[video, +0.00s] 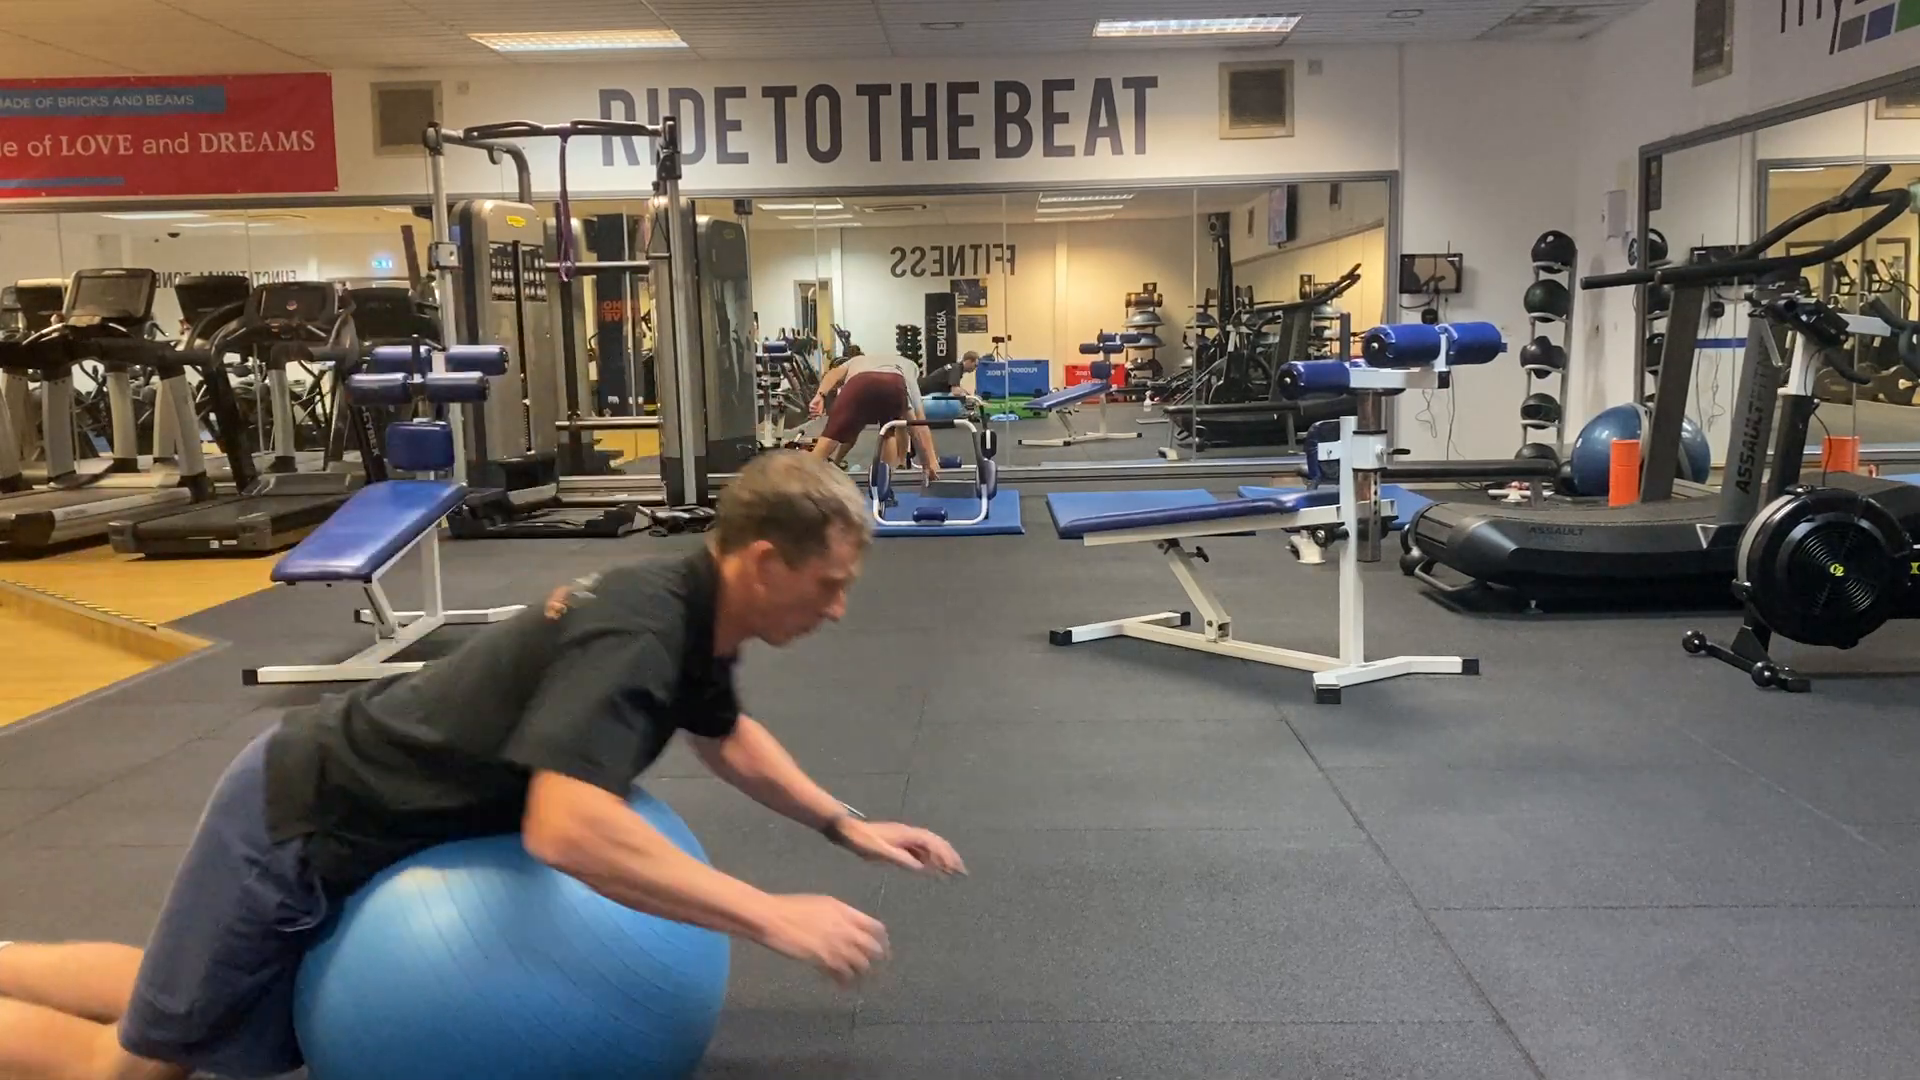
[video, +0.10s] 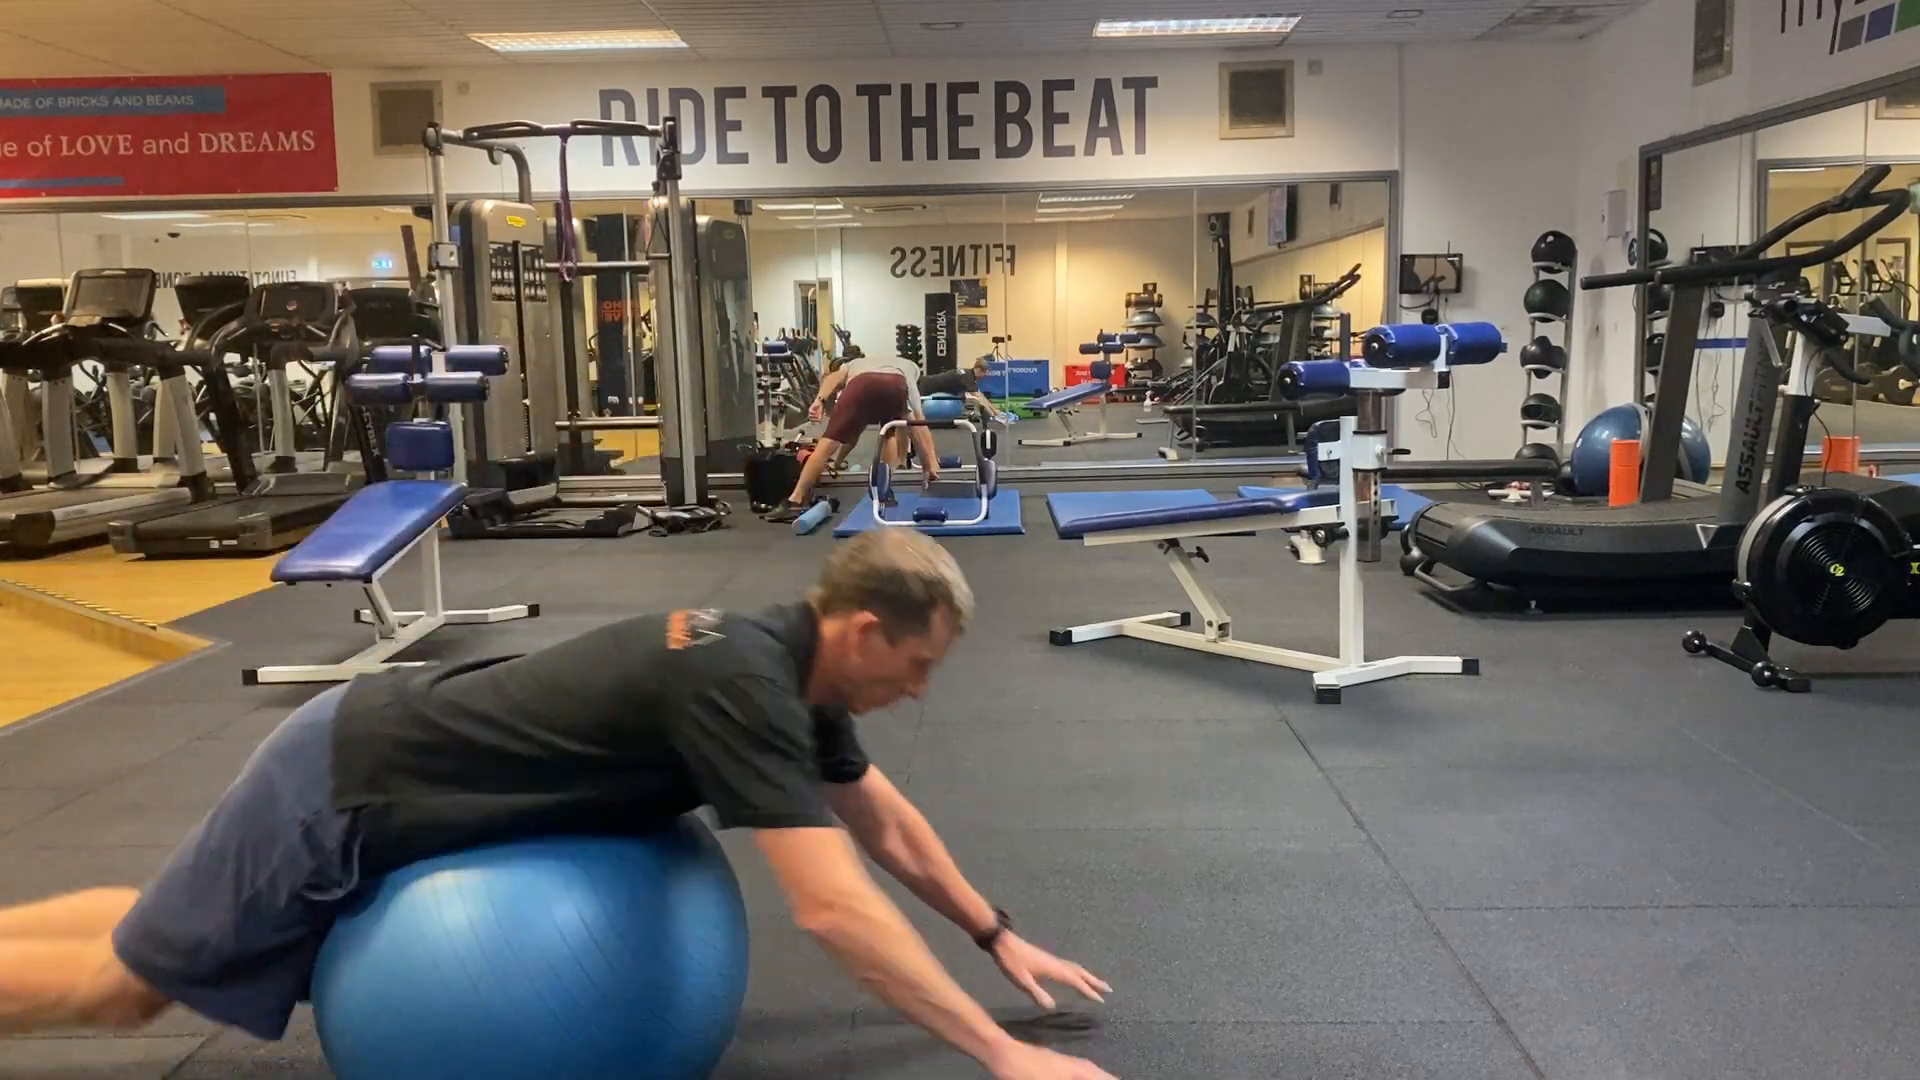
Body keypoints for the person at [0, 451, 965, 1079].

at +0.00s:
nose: (840, 606)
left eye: (847, 586)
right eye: (832, 585)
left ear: (764, 561)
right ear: (759, 562)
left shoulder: (693, 609)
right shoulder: (641, 634)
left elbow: (725, 740)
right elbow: (564, 829)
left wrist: (844, 824)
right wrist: (766, 913)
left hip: (333, 777)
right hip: (296, 804)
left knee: (185, 1006)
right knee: (148, 1066)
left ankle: (0, 973)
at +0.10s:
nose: (915, 692)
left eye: (925, 674)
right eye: (916, 669)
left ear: (860, 624)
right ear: (860, 634)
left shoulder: (794, 672)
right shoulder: (741, 679)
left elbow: (888, 822)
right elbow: (836, 907)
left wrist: (1003, 936)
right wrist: (997, 1044)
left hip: (385, 740)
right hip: (348, 768)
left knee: (147, 932)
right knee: (120, 984)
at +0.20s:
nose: (988, 752)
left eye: (999, 735)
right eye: (993, 730)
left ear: (941, 673)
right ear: (944, 691)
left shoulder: (850, 683)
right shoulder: (839, 732)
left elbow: (941, 894)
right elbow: (956, 946)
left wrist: (1039, 999)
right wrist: (1067, 1059)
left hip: (456, 667)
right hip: (430, 713)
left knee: (142, 846)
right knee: (128, 863)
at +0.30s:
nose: (1033, 804)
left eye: (1048, 789)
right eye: (1043, 785)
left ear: (998, 709)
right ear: (1005, 743)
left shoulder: (901, 692)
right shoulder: (891, 761)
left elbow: (937, 892)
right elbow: (957, 975)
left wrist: (1015, 998)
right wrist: (1036, 1057)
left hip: (519, 657)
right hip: (501, 700)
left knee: (209, 798)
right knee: (199, 817)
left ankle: (16, 839)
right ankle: (4, 847)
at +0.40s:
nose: (1084, 817)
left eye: (1101, 803)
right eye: (1098, 799)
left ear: (1055, 712)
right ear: (1068, 754)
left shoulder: (960, 688)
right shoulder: (944, 766)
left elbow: (956, 887)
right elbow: (976, 995)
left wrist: (1019, 999)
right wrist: (1041, 1061)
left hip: (584, 659)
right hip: (570, 713)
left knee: (270, 786)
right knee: (244, 825)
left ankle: (35, 810)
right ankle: (16, 842)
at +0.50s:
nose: (1147, 806)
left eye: (1162, 789)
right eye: (1156, 788)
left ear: (1108, 705)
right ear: (1116, 740)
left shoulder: (1012, 694)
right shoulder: (991, 767)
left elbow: (983, 904)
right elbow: (996, 997)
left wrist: (1037, 1005)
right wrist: (1063, 1066)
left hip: (640, 678)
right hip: (621, 722)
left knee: (319, 793)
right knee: (305, 829)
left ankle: (52, 792)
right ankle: (29, 860)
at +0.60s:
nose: (1204, 789)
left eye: (1218, 771)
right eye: (1212, 769)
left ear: (1161, 697)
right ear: (1167, 728)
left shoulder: (1064, 692)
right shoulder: (1035, 754)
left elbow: (1021, 876)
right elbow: (1013, 983)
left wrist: (1069, 980)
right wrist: (1064, 1071)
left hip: (682, 693)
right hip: (662, 725)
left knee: (374, 784)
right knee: (348, 828)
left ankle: (102, 784)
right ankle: (40, 886)